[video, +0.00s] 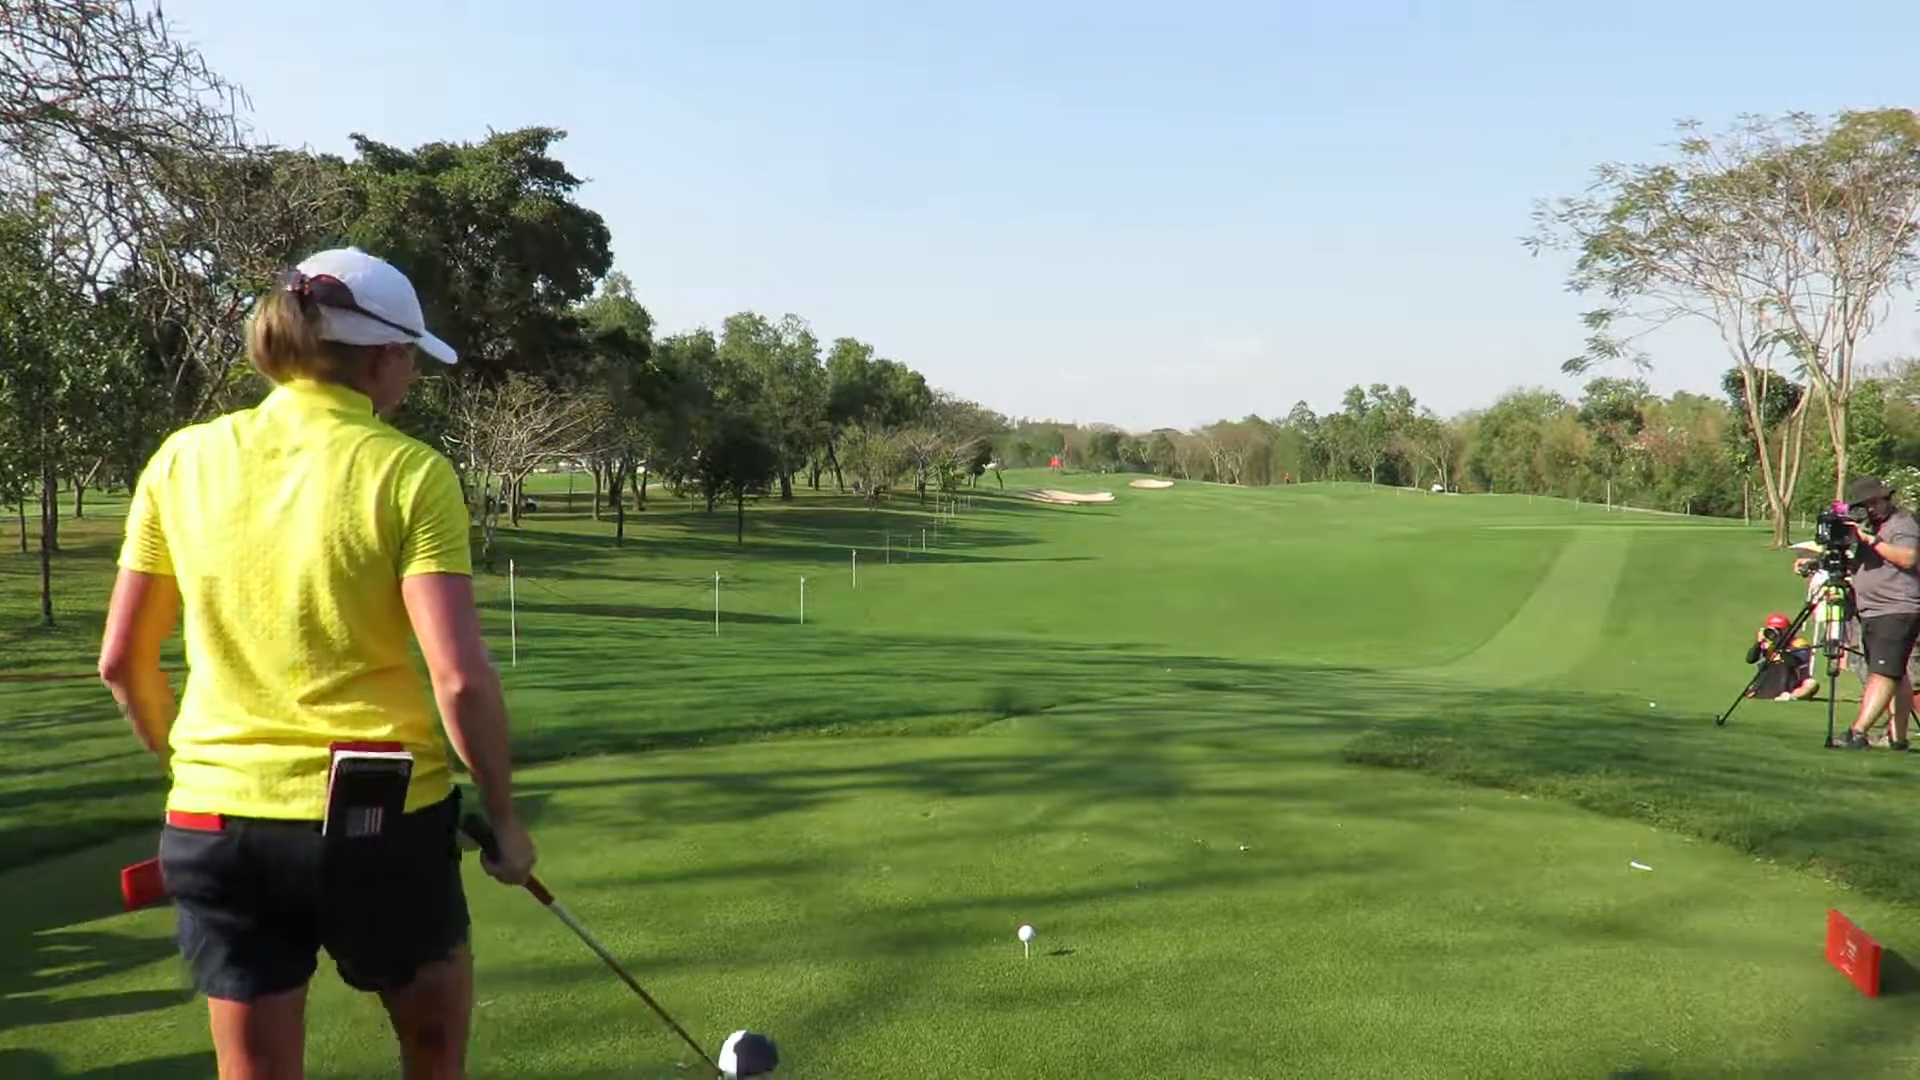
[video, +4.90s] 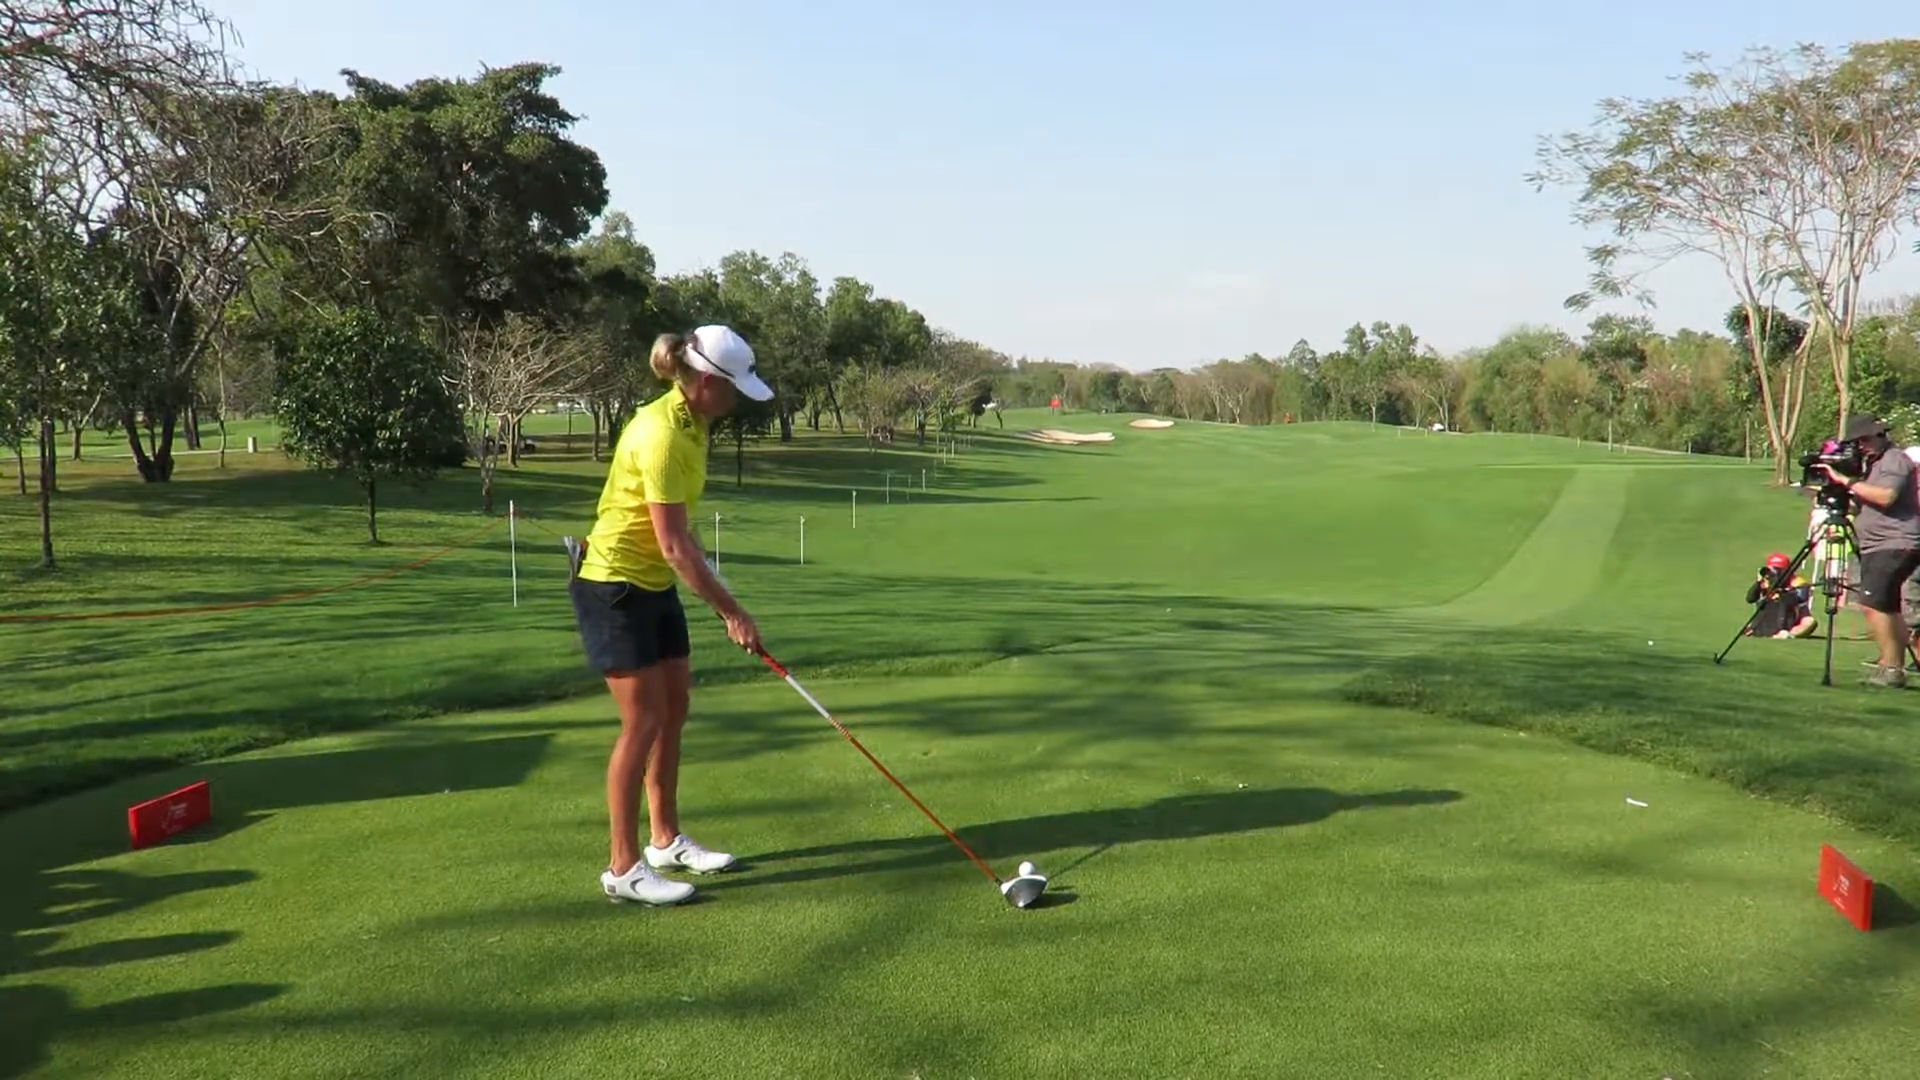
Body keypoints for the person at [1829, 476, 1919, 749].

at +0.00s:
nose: (1869, 511)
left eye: (1872, 504)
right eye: (1865, 507)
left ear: (1884, 500)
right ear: (1863, 509)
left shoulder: (1902, 523)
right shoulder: (1872, 529)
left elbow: (1909, 559)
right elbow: (1858, 568)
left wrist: (1869, 540)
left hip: (1897, 610)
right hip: (1873, 612)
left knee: (1883, 671)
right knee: (1895, 676)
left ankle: (1857, 731)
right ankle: (1899, 737)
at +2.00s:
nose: (1869, 503)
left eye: (1873, 496)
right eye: (1864, 498)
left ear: (1887, 493)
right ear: (1862, 501)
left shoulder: (1902, 519)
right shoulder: (1873, 523)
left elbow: (1905, 553)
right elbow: (1864, 560)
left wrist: (1867, 534)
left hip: (1897, 604)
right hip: (1873, 605)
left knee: (1883, 666)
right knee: (1891, 668)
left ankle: (1858, 725)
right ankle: (1898, 728)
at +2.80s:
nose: (1867, 469)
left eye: (1871, 462)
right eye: (1863, 464)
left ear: (1886, 459)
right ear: (1862, 465)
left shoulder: (1899, 483)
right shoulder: (1876, 488)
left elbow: (1899, 517)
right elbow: (1867, 524)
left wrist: (1862, 501)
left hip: (1896, 569)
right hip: (1874, 570)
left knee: (1881, 631)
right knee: (1893, 634)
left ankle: (1855, 691)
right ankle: (1896, 695)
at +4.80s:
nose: (1862, 448)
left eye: (1865, 441)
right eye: (1858, 444)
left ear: (1880, 437)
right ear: (1859, 445)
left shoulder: (1894, 461)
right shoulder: (1876, 465)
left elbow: (1887, 497)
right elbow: (1865, 497)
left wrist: (1848, 483)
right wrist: (1841, 481)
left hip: (1896, 544)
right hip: (1878, 545)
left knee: (1867, 599)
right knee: (1893, 611)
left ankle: (1874, 666)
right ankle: (1896, 673)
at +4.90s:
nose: (1862, 449)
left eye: (1865, 441)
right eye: (1858, 444)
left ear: (1879, 437)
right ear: (1860, 444)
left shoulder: (1895, 460)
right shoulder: (1878, 464)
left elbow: (1886, 496)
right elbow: (1863, 503)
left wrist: (1847, 483)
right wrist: (1841, 485)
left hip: (1896, 545)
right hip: (1881, 545)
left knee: (1874, 604)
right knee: (1889, 609)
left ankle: (1890, 666)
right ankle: (1894, 665)